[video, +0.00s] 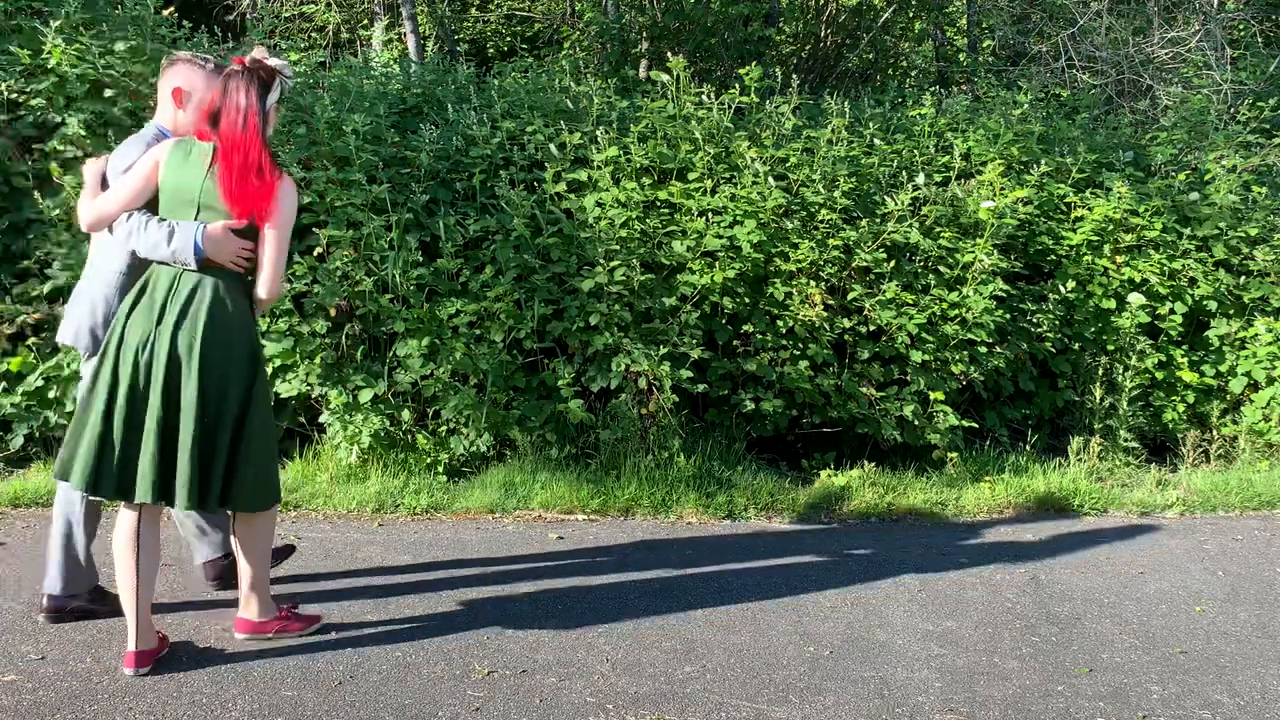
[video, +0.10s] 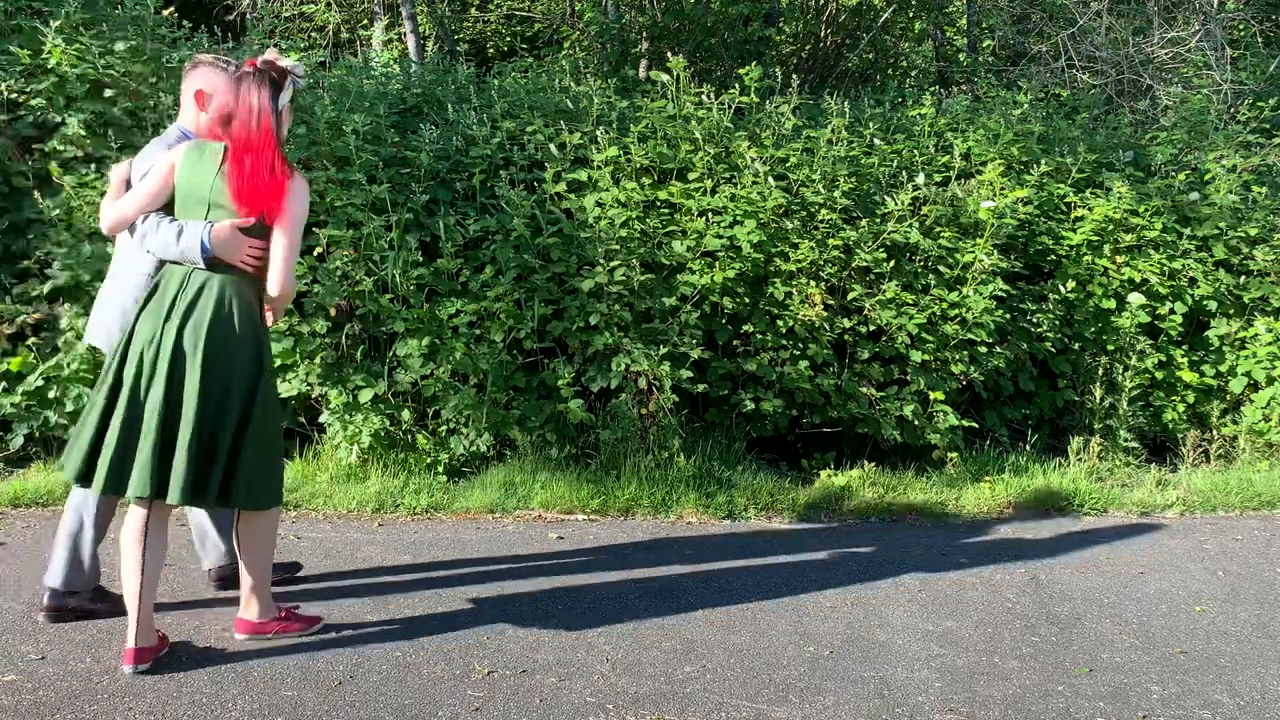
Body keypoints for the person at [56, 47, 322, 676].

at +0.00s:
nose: (193, 111)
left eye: (202, 100)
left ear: (213, 101)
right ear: (272, 112)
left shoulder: (169, 155)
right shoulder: (278, 185)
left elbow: (91, 218)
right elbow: (268, 287)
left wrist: (91, 174)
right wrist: (252, 292)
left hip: (150, 307)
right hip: (220, 319)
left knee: (137, 487)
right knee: (249, 468)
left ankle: (138, 639)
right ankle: (257, 607)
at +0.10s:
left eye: (214, 104)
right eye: (291, 109)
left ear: (226, 110)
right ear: (282, 117)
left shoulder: (186, 158)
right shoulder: (291, 184)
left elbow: (113, 221)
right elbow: (279, 286)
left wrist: (117, 183)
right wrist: (270, 306)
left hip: (164, 313)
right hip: (231, 323)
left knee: (145, 485)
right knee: (256, 471)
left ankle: (138, 636)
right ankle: (258, 608)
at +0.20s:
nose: (301, 115)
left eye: (229, 102)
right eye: (298, 106)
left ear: (237, 109)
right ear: (288, 113)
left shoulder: (194, 160)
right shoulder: (299, 177)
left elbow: (132, 226)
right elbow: (292, 276)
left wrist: (138, 185)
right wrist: (295, 302)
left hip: (179, 324)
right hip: (247, 332)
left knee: (160, 480)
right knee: (265, 473)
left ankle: (139, 630)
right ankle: (259, 607)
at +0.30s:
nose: (310, 113)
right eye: (306, 104)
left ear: (240, 105)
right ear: (294, 111)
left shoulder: (204, 162)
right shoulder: (305, 172)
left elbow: (155, 236)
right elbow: (304, 271)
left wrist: (162, 192)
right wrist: (323, 303)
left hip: (203, 323)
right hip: (267, 328)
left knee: (189, 475)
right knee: (278, 475)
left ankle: (145, 615)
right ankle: (258, 611)